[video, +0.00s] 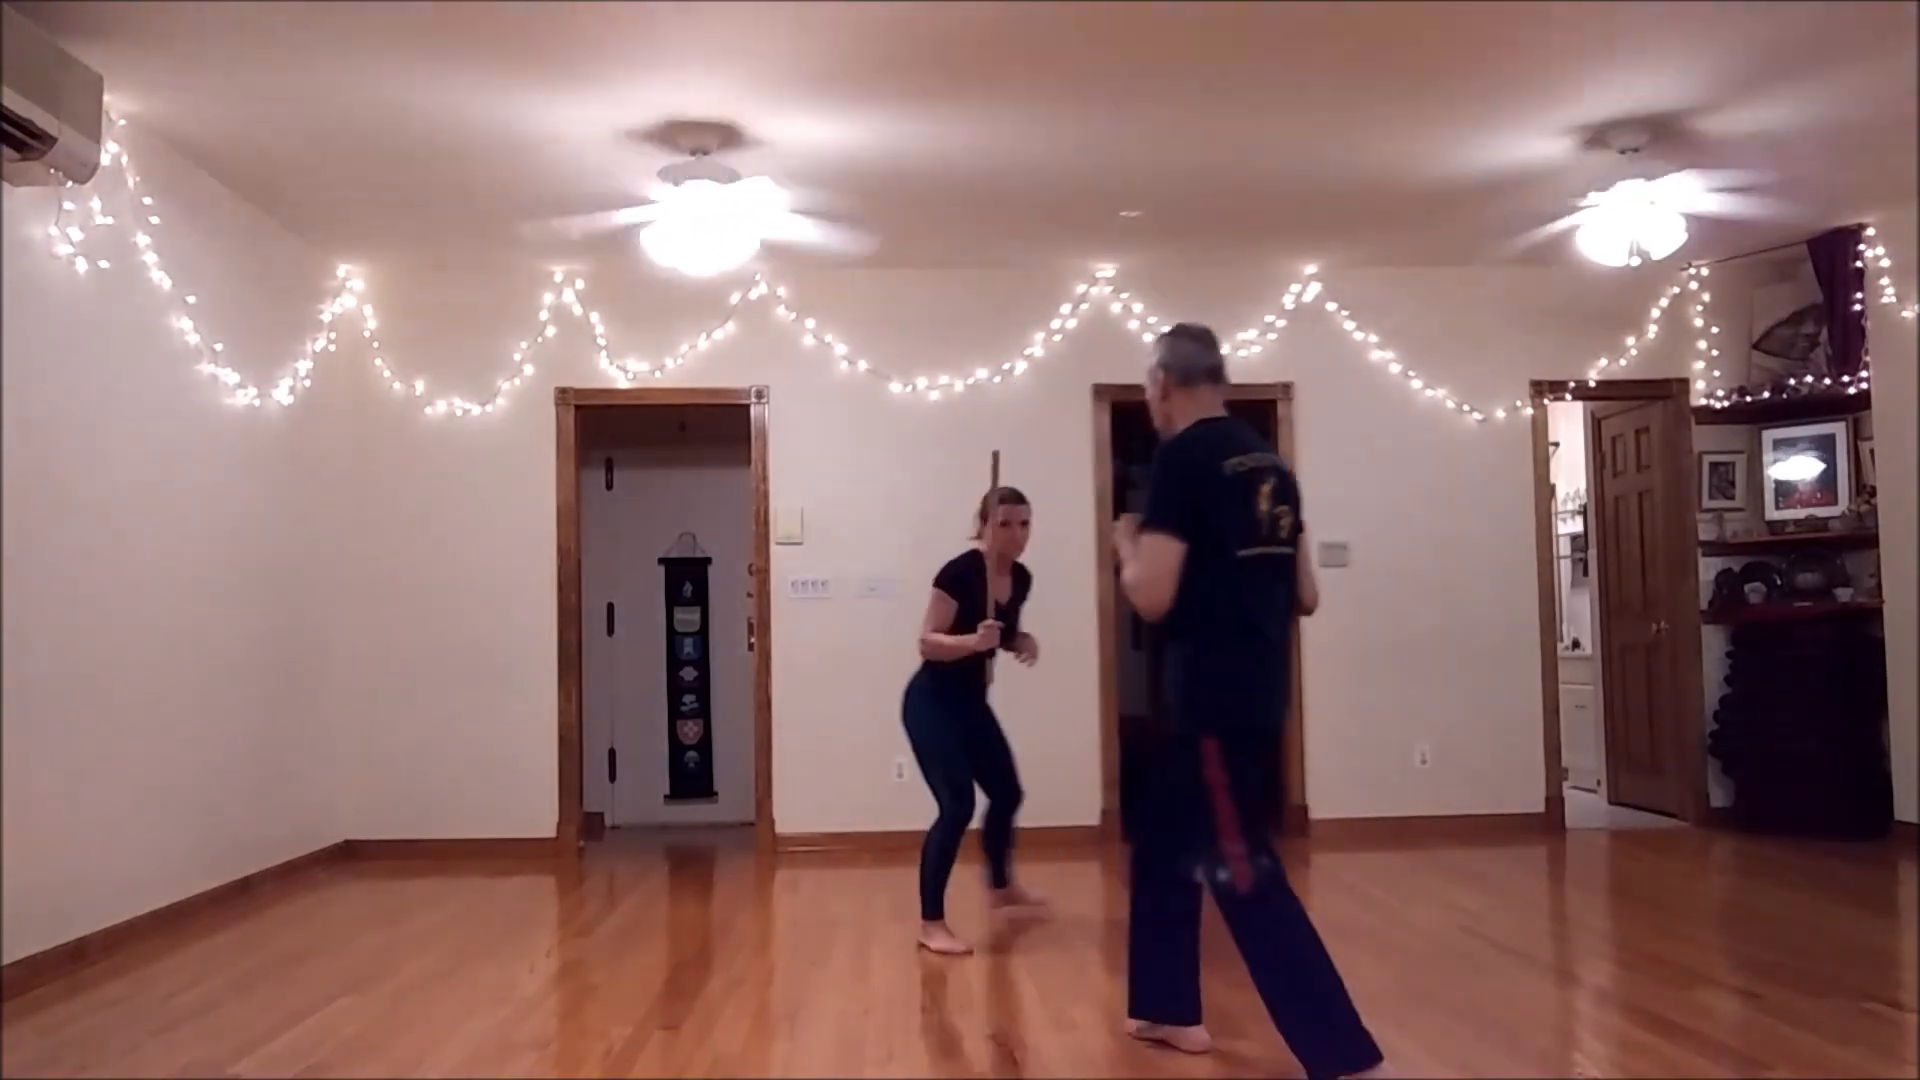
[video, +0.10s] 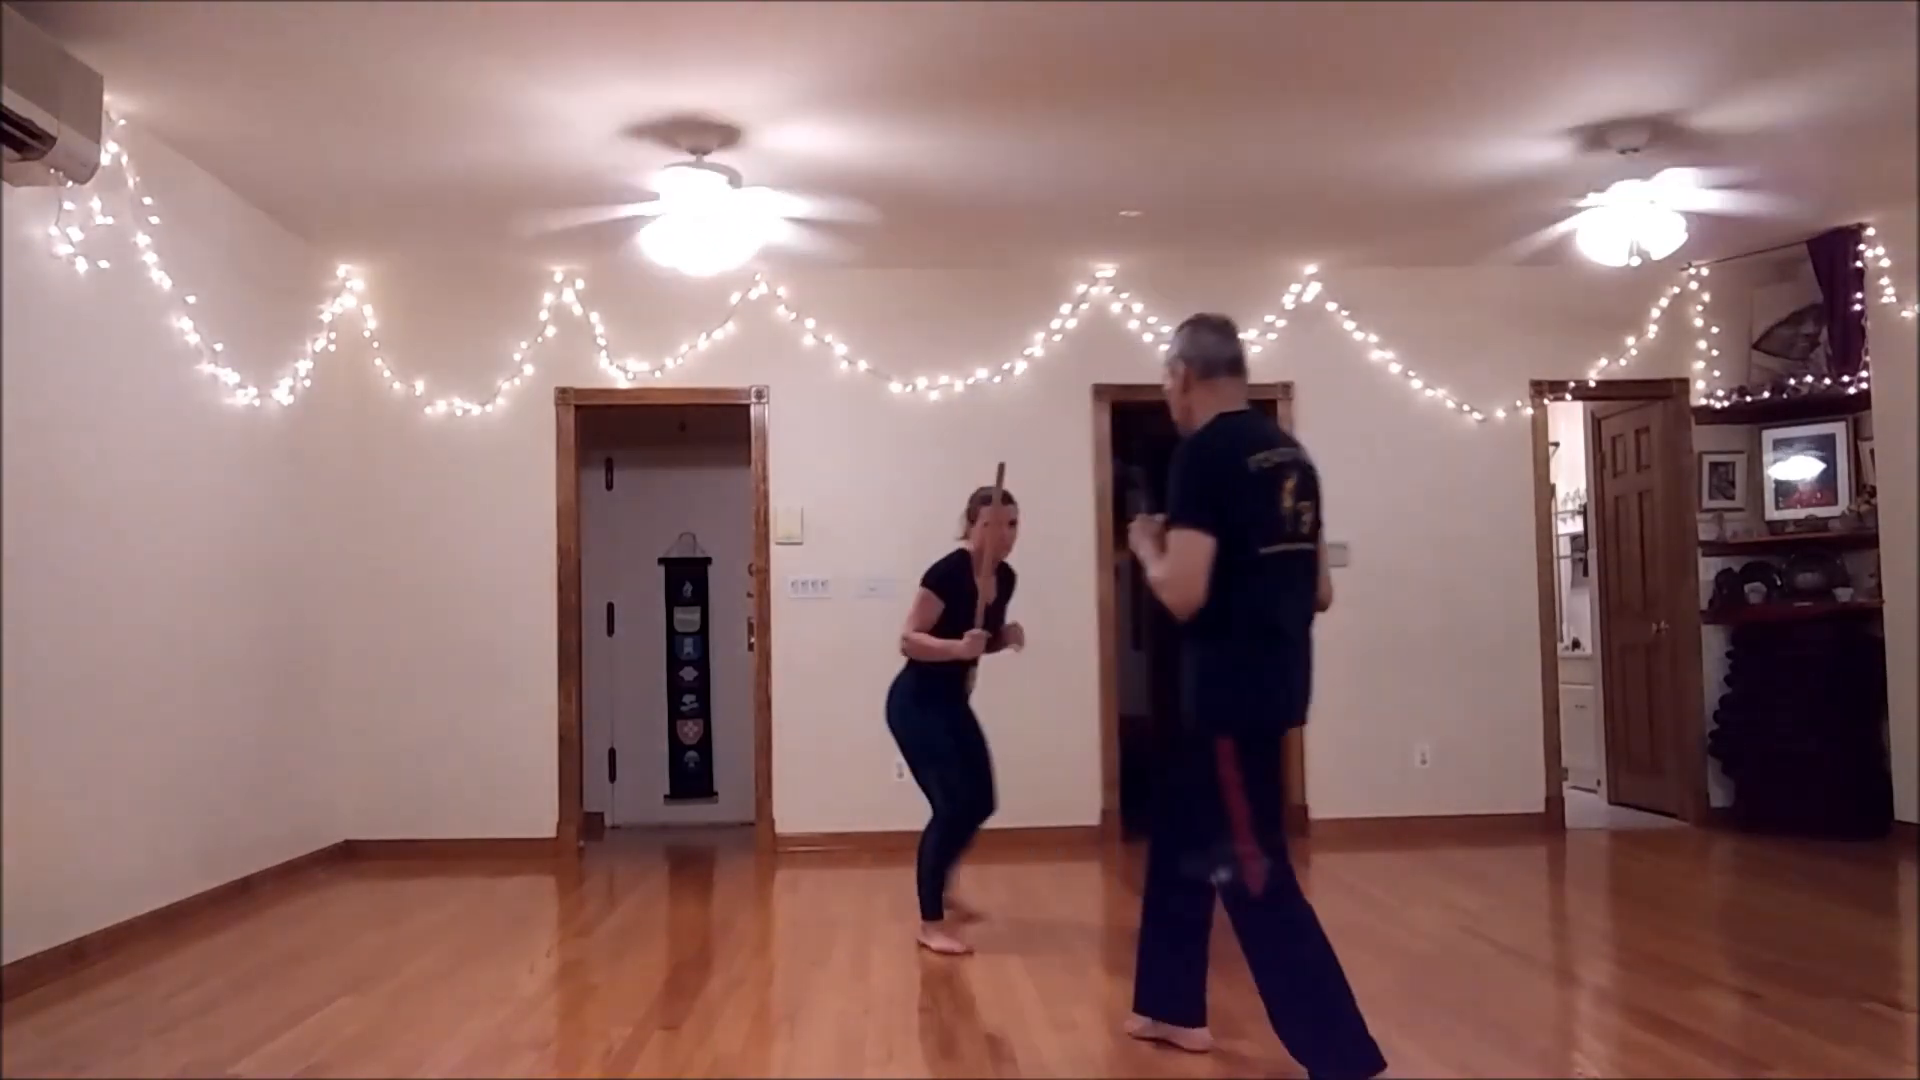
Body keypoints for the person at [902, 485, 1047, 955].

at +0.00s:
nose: (1016, 533)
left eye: (1023, 524)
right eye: (1006, 524)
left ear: (1029, 530)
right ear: (984, 528)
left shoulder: (1019, 579)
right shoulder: (959, 573)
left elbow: (1003, 633)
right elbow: (928, 644)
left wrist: (1023, 643)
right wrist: (974, 641)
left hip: (971, 701)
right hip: (930, 701)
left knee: (1006, 794)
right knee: (957, 804)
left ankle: (1001, 889)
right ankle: (931, 923)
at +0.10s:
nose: (1010, 534)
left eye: (1014, 524)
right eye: (1002, 524)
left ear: (1014, 528)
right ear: (976, 526)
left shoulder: (1004, 579)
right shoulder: (947, 574)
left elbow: (974, 640)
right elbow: (909, 641)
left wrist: (1005, 638)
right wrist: (958, 648)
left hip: (953, 700)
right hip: (915, 701)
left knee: (979, 801)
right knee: (950, 806)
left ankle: (938, 887)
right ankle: (930, 923)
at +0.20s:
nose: (993, 536)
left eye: (997, 526)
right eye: (982, 526)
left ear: (1002, 530)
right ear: (960, 529)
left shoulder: (988, 580)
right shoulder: (934, 575)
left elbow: (984, 651)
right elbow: (892, 639)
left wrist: (997, 628)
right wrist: (940, 652)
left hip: (935, 704)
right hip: (900, 702)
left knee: (949, 806)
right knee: (941, 806)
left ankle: (878, 877)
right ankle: (932, 924)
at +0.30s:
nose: (977, 537)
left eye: (982, 529)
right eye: (967, 529)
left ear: (986, 532)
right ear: (942, 532)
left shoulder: (969, 580)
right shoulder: (922, 575)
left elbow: (974, 653)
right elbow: (877, 639)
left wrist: (984, 621)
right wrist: (928, 656)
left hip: (912, 706)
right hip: (889, 705)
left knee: (912, 807)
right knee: (939, 804)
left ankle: (836, 876)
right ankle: (932, 924)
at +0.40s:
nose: (959, 541)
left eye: (964, 532)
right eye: (950, 533)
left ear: (966, 535)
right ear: (924, 535)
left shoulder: (947, 582)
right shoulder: (904, 579)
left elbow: (951, 652)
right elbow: (860, 641)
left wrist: (963, 625)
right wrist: (912, 658)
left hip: (890, 708)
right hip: (870, 708)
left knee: (879, 810)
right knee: (929, 804)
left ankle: (811, 888)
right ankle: (931, 924)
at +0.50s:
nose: (941, 544)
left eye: (944, 535)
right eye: (932, 535)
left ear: (945, 536)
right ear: (907, 537)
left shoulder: (925, 581)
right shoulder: (884, 580)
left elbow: (908, 645)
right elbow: (845, 645)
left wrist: (934, 633)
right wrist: (897, 659)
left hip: (869, 707)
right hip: (851, 708)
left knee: (866, 808)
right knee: (909, 798)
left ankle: (806, 898)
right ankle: (927, 920)